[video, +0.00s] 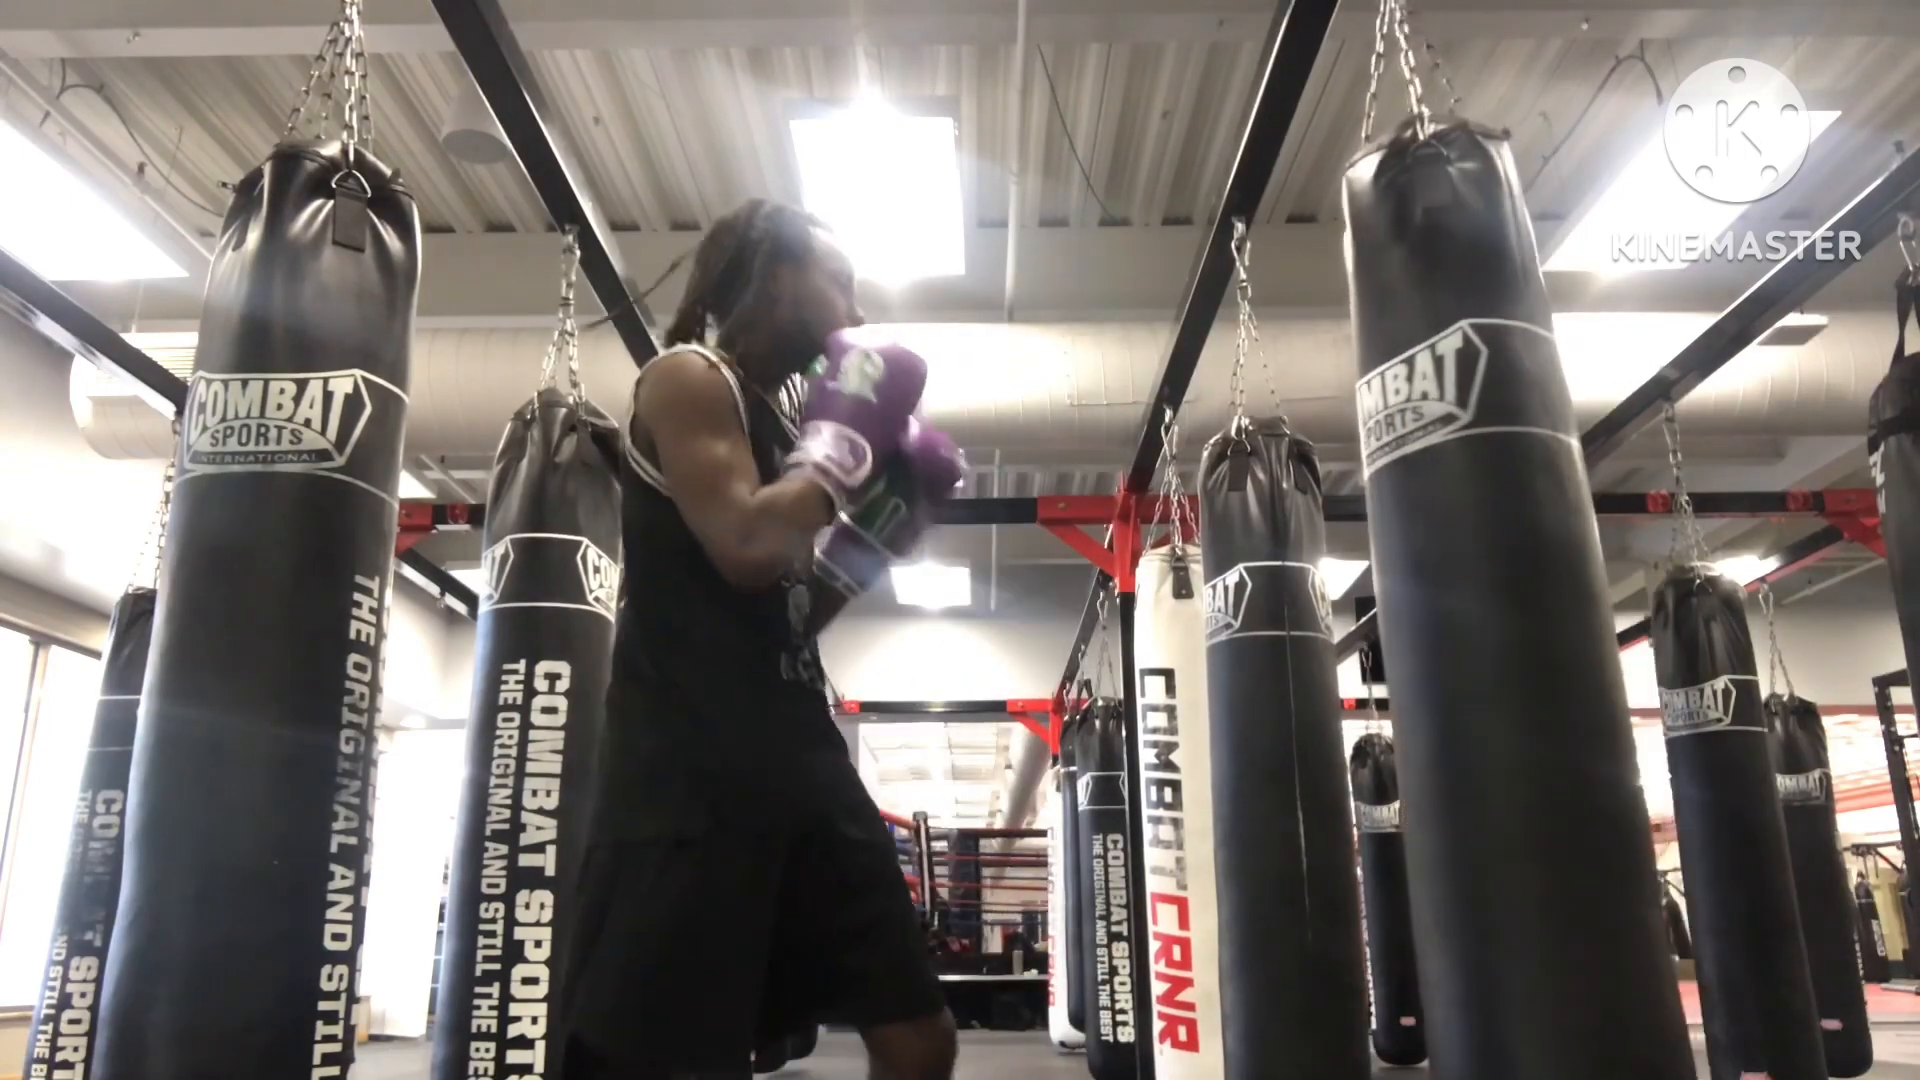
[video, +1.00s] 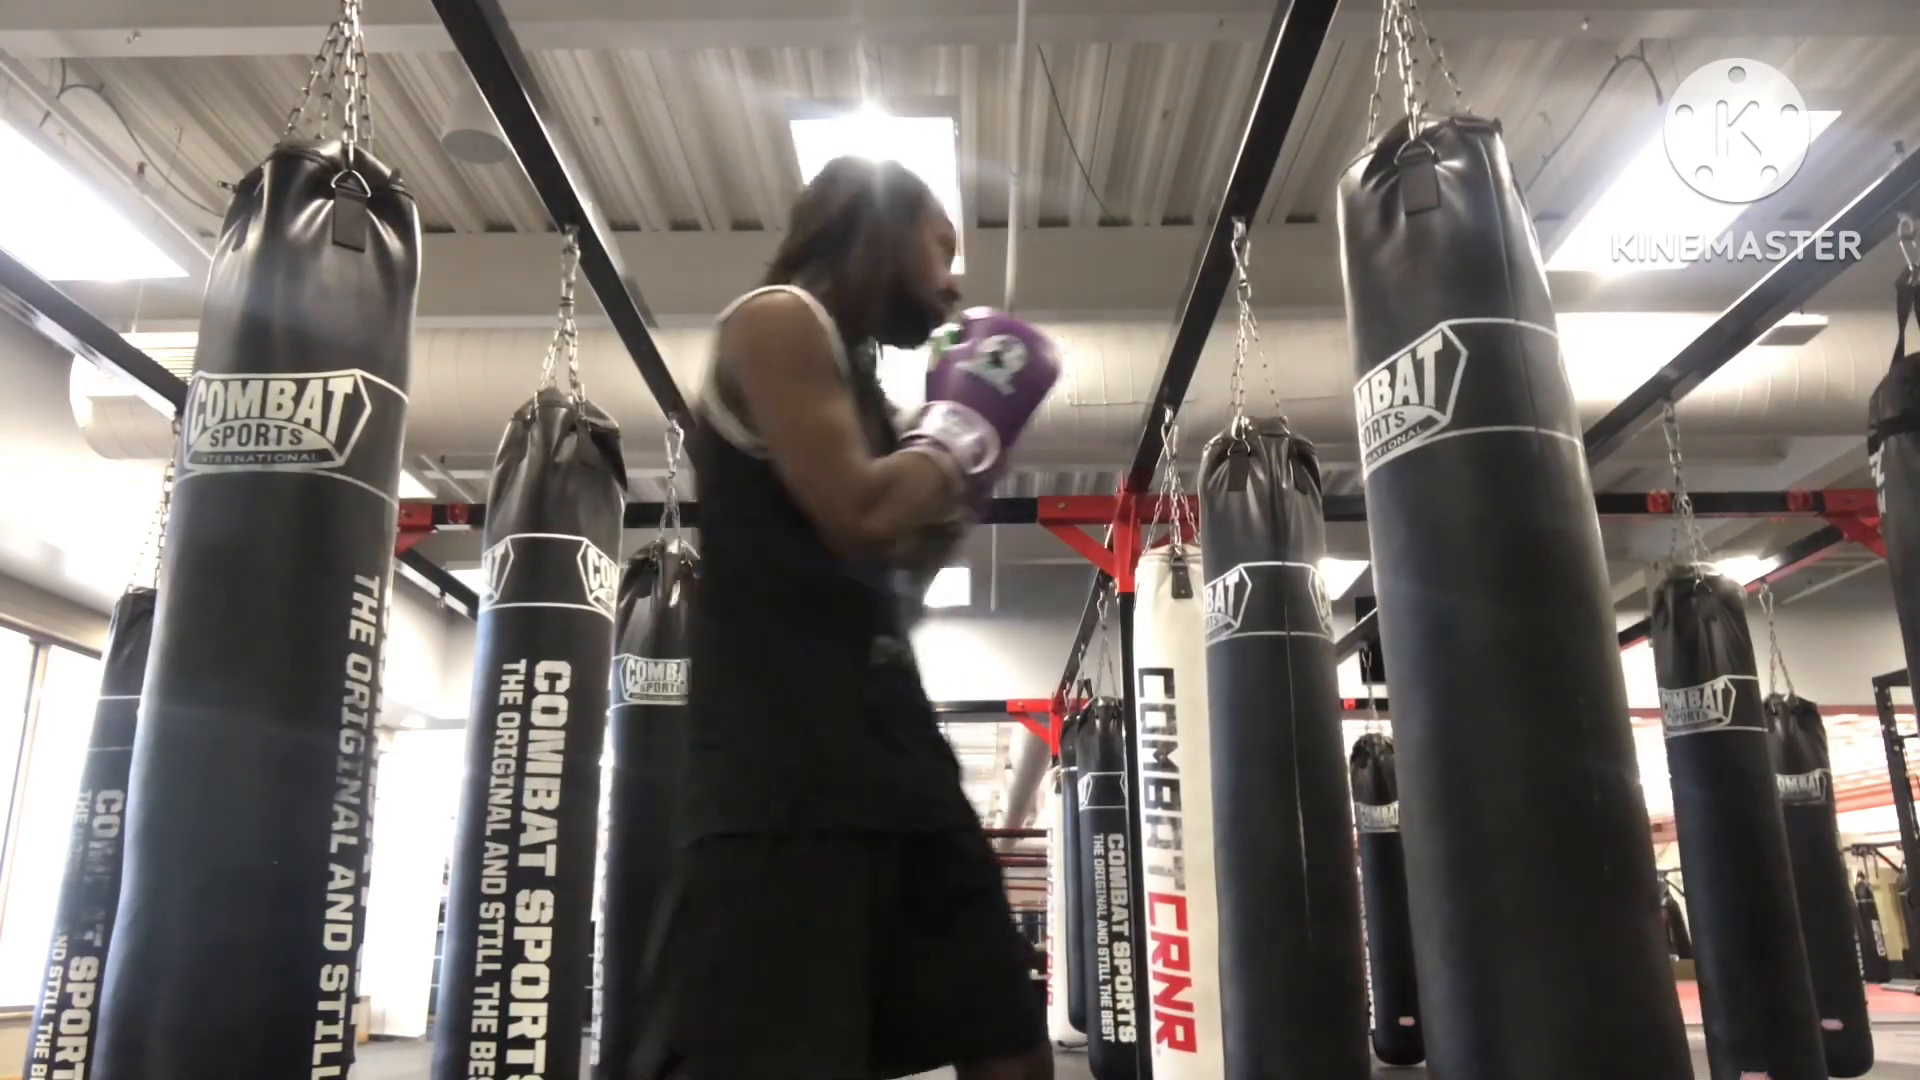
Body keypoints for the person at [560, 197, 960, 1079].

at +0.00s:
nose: (853, 308)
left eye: (851, 286)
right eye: (835, 279)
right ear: (768, 276)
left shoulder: (772, 418)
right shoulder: (686, 375)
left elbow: (789, 617)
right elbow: (746, 543)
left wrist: (890, 526)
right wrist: (843, 437)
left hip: (796, 760)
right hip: (695, 765)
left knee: (916, 1038)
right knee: (672, 1048)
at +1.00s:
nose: (954, 278)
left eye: (954, 253)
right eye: (942, 248)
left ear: (879, 245)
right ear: (878, 237)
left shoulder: (849, 373)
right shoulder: (776, 318)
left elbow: (912, 555)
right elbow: (860, 513)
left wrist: (964, 451)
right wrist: (960, 420)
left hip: (872, 734)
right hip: (790, 738)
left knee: (1003, 1031)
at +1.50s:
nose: (1029, 235)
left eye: (1027, 213)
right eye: (1019, 207)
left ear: (922, 192)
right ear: (974, 196)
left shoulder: (885, 288)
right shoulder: (904, 260)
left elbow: (1000, 485)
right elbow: (1004, 479)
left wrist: (1071, 395)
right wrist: (1078, 392)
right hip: (888, 753)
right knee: (923, 1035)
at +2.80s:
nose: (1056, 200)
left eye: (1050, 174)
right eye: (1047, 172)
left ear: (915, 187)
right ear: (1017, 172)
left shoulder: (871, 350)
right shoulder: (988, 268)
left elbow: (1001, 543)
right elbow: (1160, 452)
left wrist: (1165, 471)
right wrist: (1235, 429)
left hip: (863, 796)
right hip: (944, 797)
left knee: (1102, 1045)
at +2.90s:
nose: (1076, 210)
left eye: (1070, 182)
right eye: (1068, 180)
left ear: (946, 184)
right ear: (1030, 181)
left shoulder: (929, 312)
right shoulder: (997, 279)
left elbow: (1088, 481)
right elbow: (1138, 485)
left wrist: (1199, 424)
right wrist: (1255, 442)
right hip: (933, 779)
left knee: (1124, 1031)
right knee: (980, 1055)